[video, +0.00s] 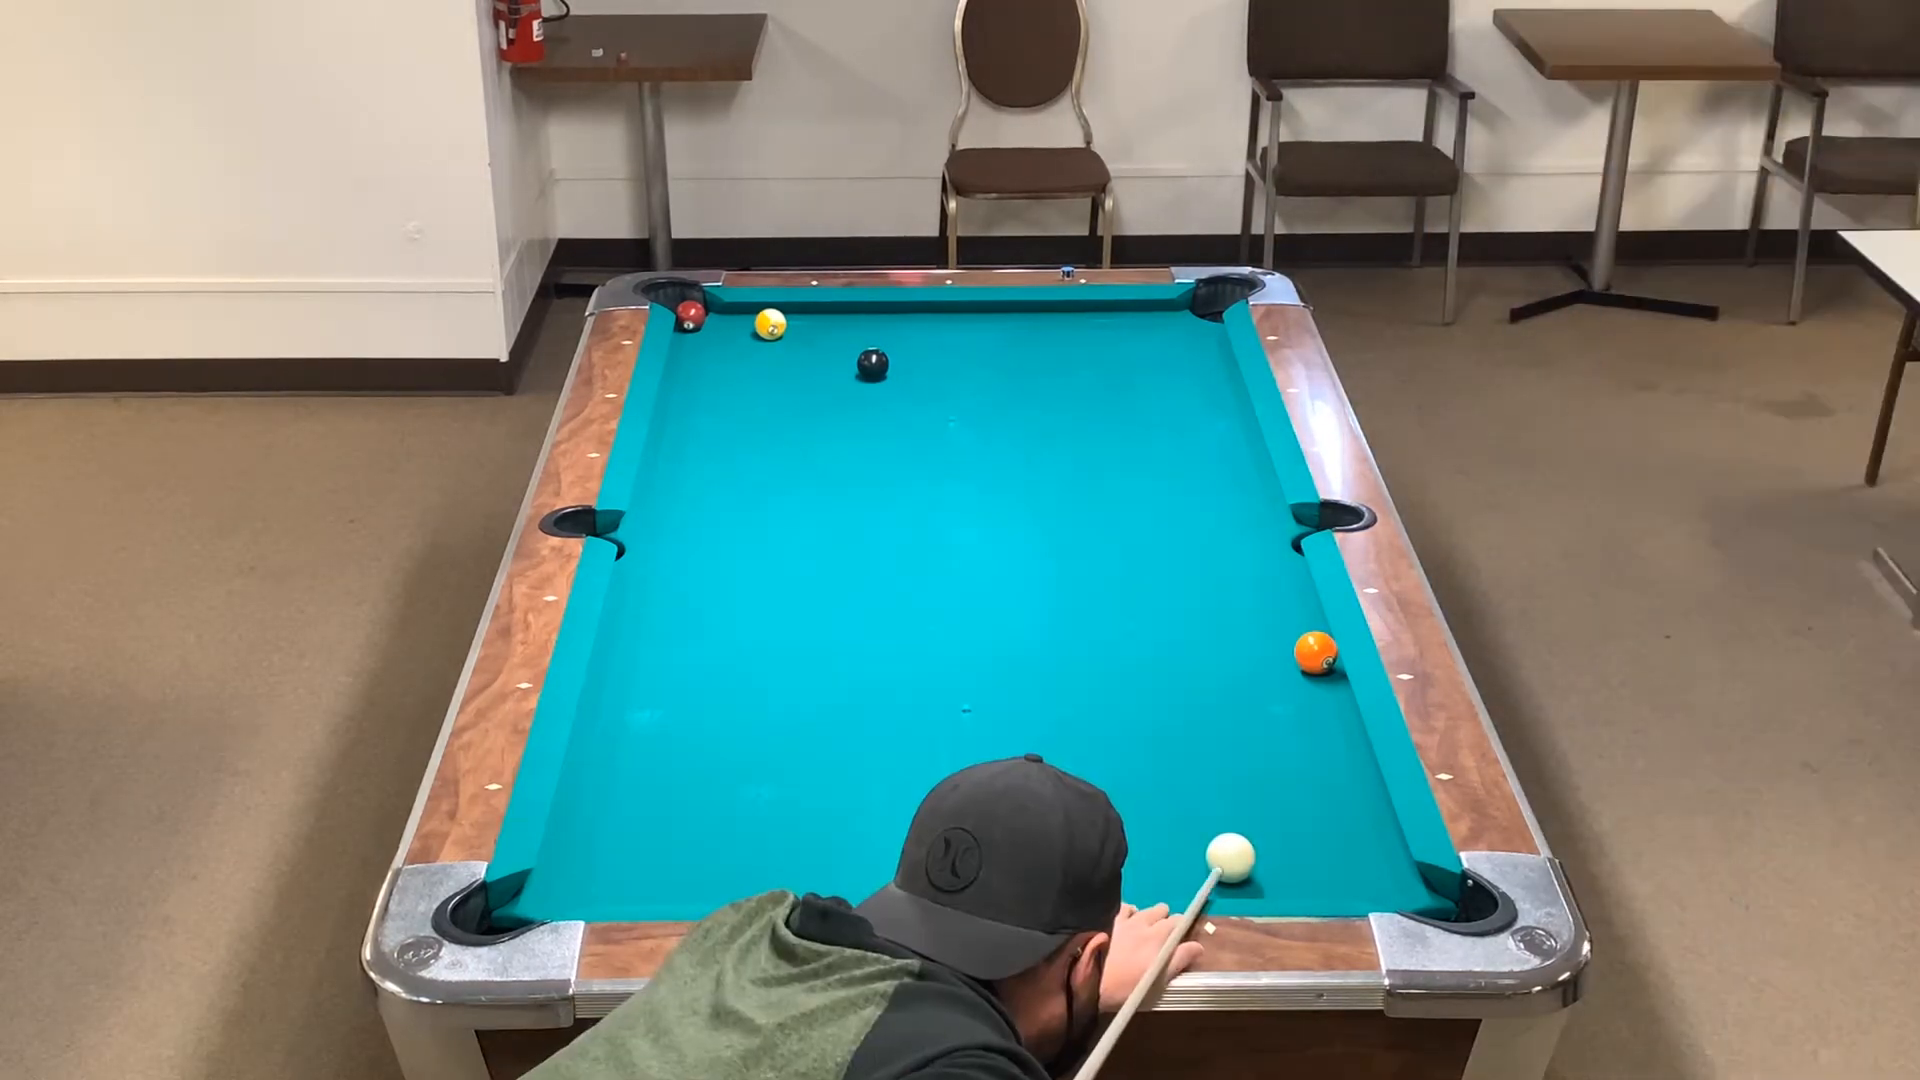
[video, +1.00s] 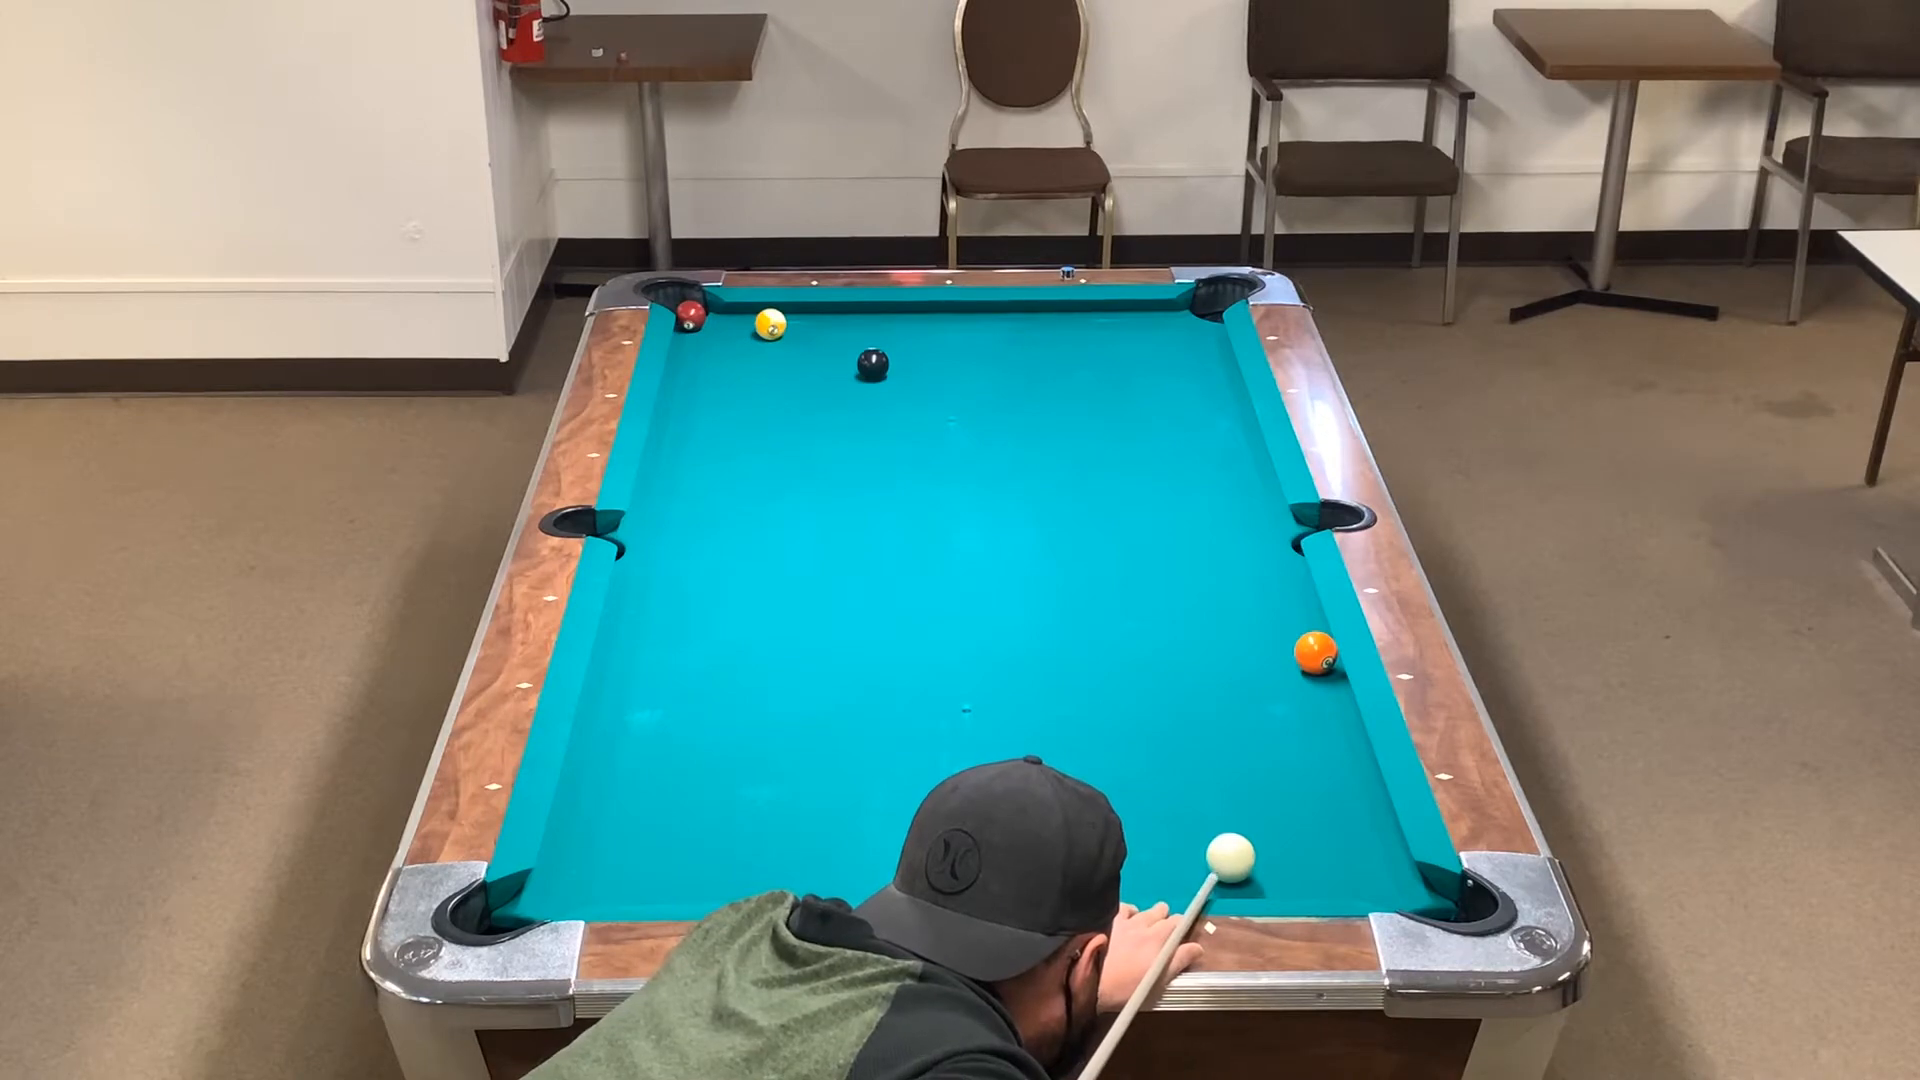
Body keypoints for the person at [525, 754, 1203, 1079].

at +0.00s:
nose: (1108, 948)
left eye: (1109, 936)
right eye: (1110, 936)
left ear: (910, 876)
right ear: (1082, 962)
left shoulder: (755, 921)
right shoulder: (965, 1061)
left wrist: (1080, 993)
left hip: (557, 1066)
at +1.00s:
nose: (1106, 949)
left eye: (1105, 936)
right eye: (1106, 938)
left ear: (908, 877)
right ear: (1081, 966)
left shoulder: (749, 921)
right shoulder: (966, 1064)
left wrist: (1073, 999)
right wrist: (1091, 1019)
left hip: (556, 1067)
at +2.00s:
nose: (1108, 940)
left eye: (1107, 929)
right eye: (1107, 928)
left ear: (908, 873)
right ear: (1082, 958)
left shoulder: (750, 916)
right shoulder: (969, 1057)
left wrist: (1076, 994)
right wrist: (1100, 1016)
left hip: (558, 1063)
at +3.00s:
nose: (1074, 929)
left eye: (1080, 913)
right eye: (1078, 913)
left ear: (890, 829)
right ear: (1059, 924)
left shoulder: (752, 897)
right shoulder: (950, 1042)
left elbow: (854, 1036)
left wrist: (1063, 1004)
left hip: (546, 1056)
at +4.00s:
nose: (900, 388)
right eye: (896, 373)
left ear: (677, 387)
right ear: (884, 403)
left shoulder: (566, 579)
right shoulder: (869, 696)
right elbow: (885, 1056)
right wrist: (978, 1055)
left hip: (457, 1050)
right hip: (704, 1064)